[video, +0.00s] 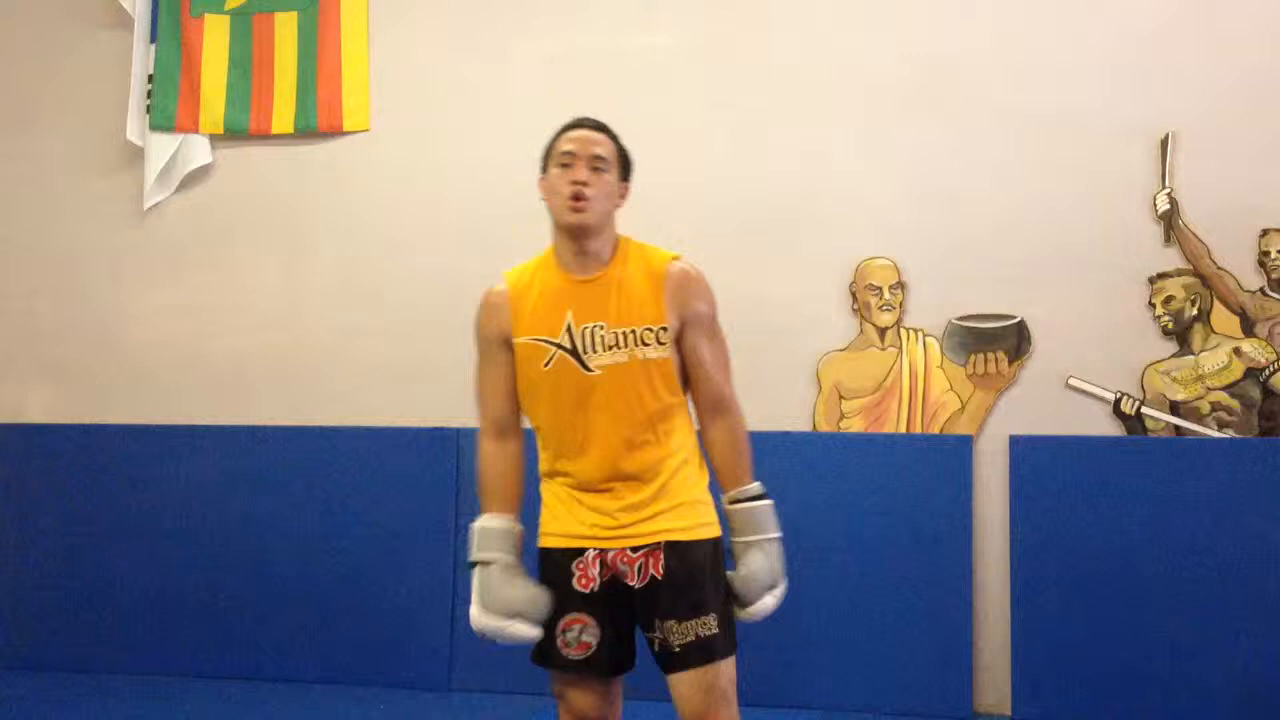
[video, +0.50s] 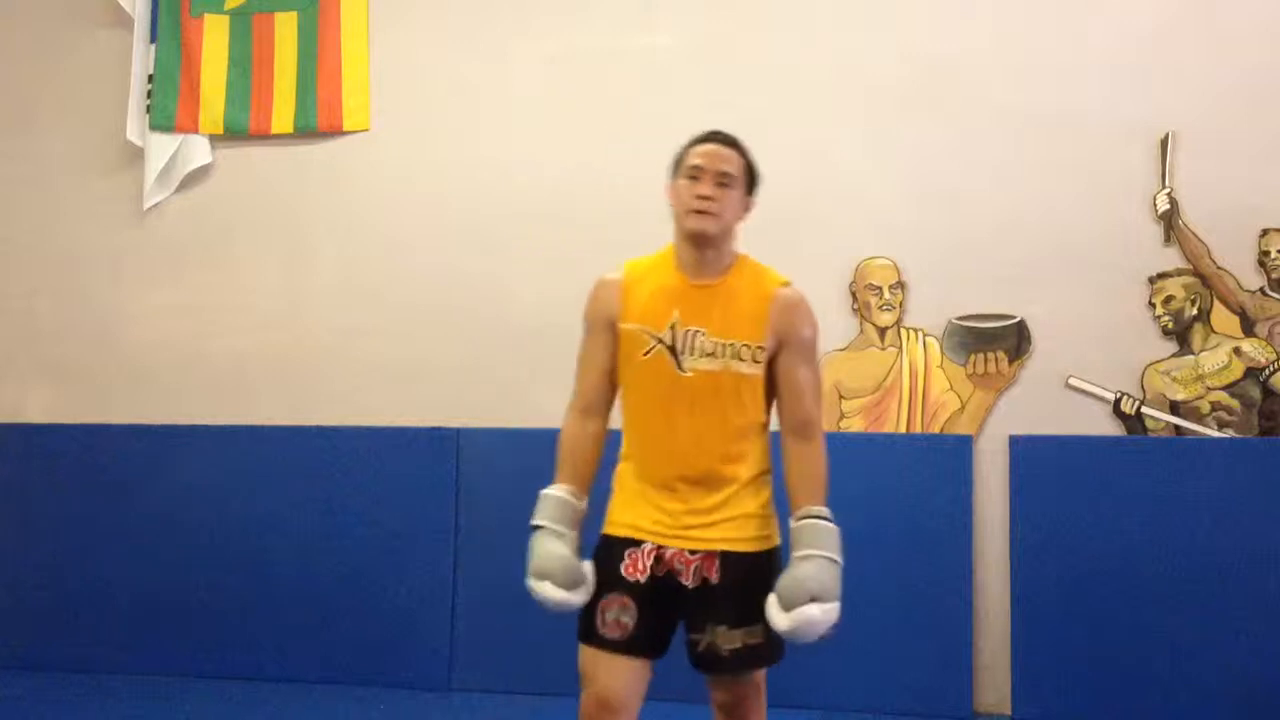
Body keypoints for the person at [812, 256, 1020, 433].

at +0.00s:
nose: (887, 298)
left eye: (894, 289)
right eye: (874, 290)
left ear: (902, 294)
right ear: (855, 297)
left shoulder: (927, 350)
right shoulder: (835, 366)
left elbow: (950, 440)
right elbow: (825, 443)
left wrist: (986, 393)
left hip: (922, 476)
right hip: (859, 479)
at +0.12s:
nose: (887, 298)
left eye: (894, 289)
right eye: (874, 290)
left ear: (902, 294)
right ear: (855, 298)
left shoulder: (927, 350)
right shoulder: (835, 366)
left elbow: (951, 440)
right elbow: (825, 443)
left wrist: (986, 392)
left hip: (922, 478)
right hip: (859, 481)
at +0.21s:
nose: (888, 298)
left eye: (894, 289)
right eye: (875, 290)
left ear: (902, 294)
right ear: (855, 297)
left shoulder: (926, 349)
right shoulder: (835, 366)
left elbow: (951, 439)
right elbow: (825, 443)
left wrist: (986, 392)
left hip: (922, 476)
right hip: (860, 479)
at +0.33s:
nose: (887, 298)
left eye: (894, 289)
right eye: (874, 290)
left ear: (902, 294)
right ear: (855, 298)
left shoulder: (926, 349)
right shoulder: (835, 365)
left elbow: (950, 439)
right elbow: (825, 442)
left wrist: (986, 392)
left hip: (922, 474)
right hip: (860, 478)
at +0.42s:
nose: (887, 298)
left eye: (894, 289)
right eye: (874, 290)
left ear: (902, 294)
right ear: (855, 297)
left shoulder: (926, 349)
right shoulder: (835, 365)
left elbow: (950, 439)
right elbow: (824, 441)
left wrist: (985, 392)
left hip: (922, 474)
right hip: (861, 477)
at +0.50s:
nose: (887, 298)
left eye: (894, 289)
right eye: (874, 290)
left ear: (903, 294)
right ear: (856, 296)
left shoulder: (928, 351)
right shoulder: (835, 366)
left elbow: (951, 440)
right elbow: (826, 446)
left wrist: (986, 392)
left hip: (924, 475)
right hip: (862, 479)